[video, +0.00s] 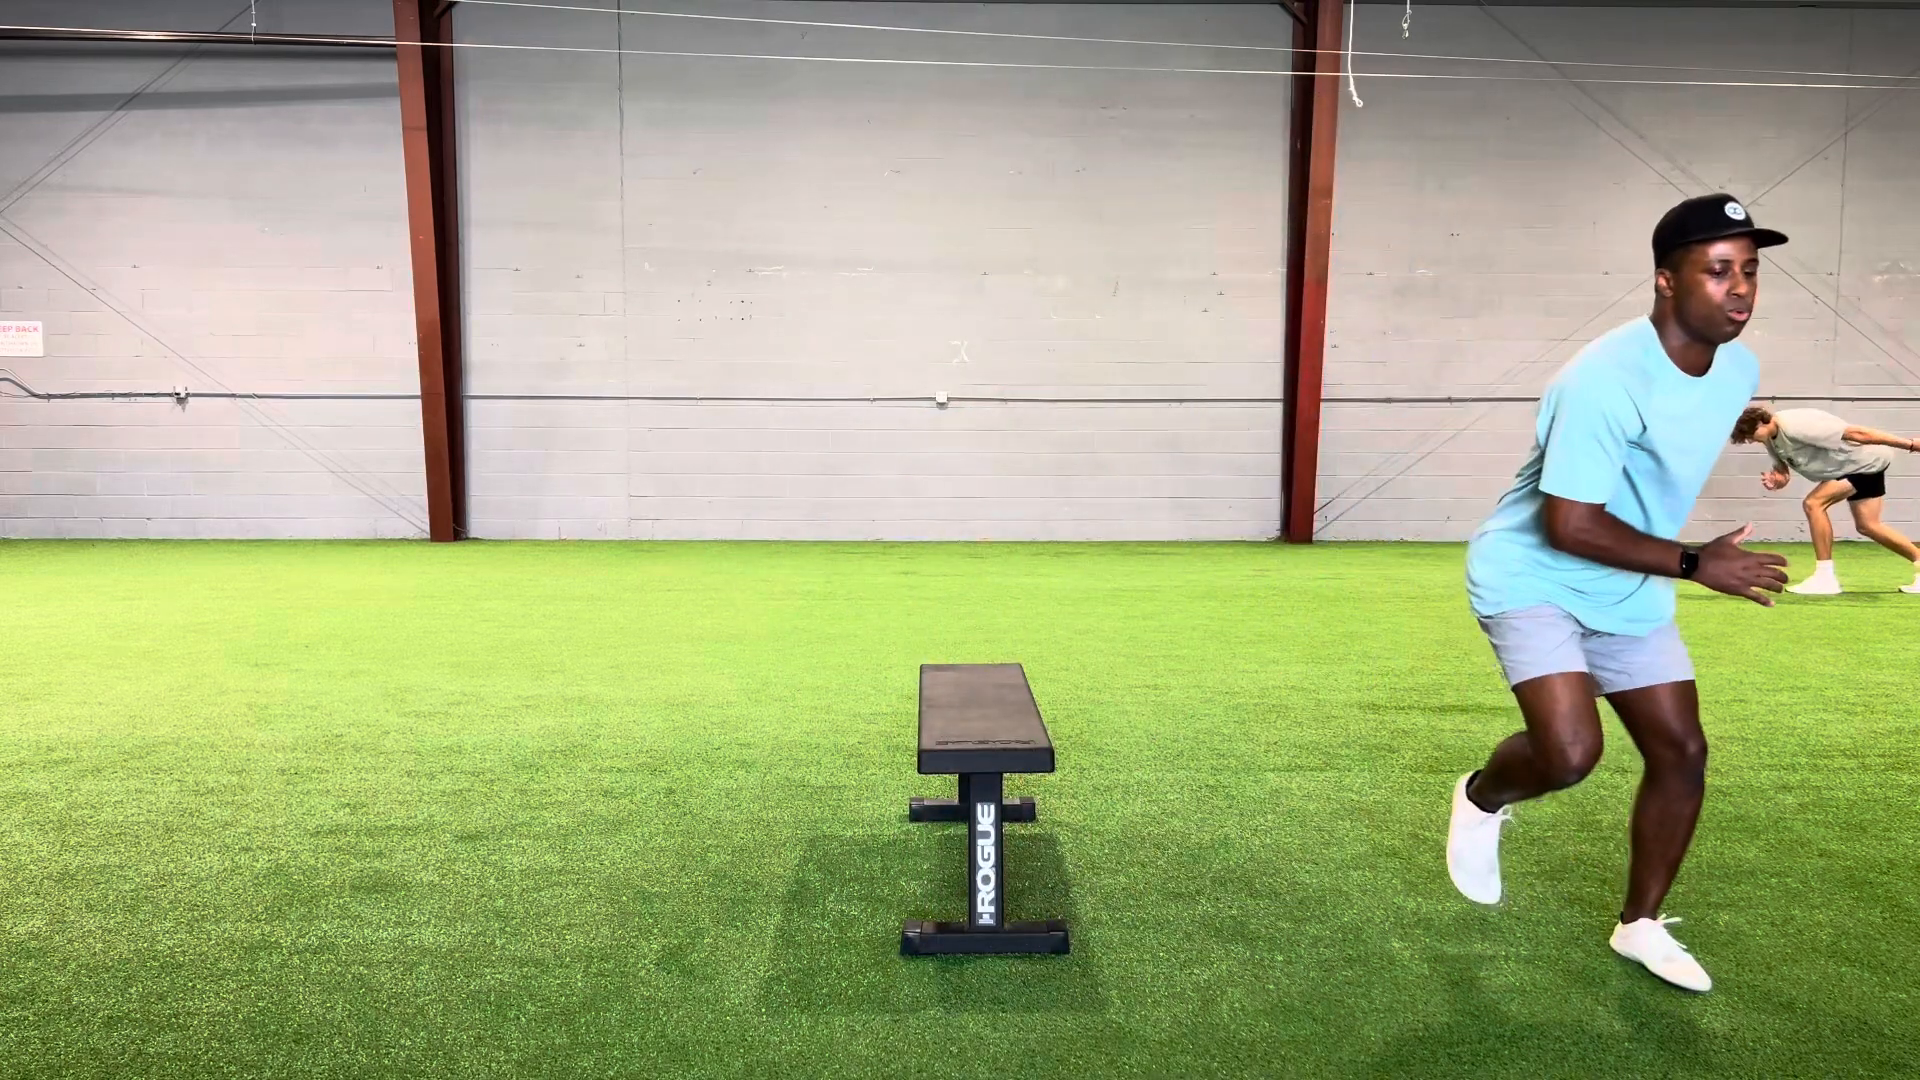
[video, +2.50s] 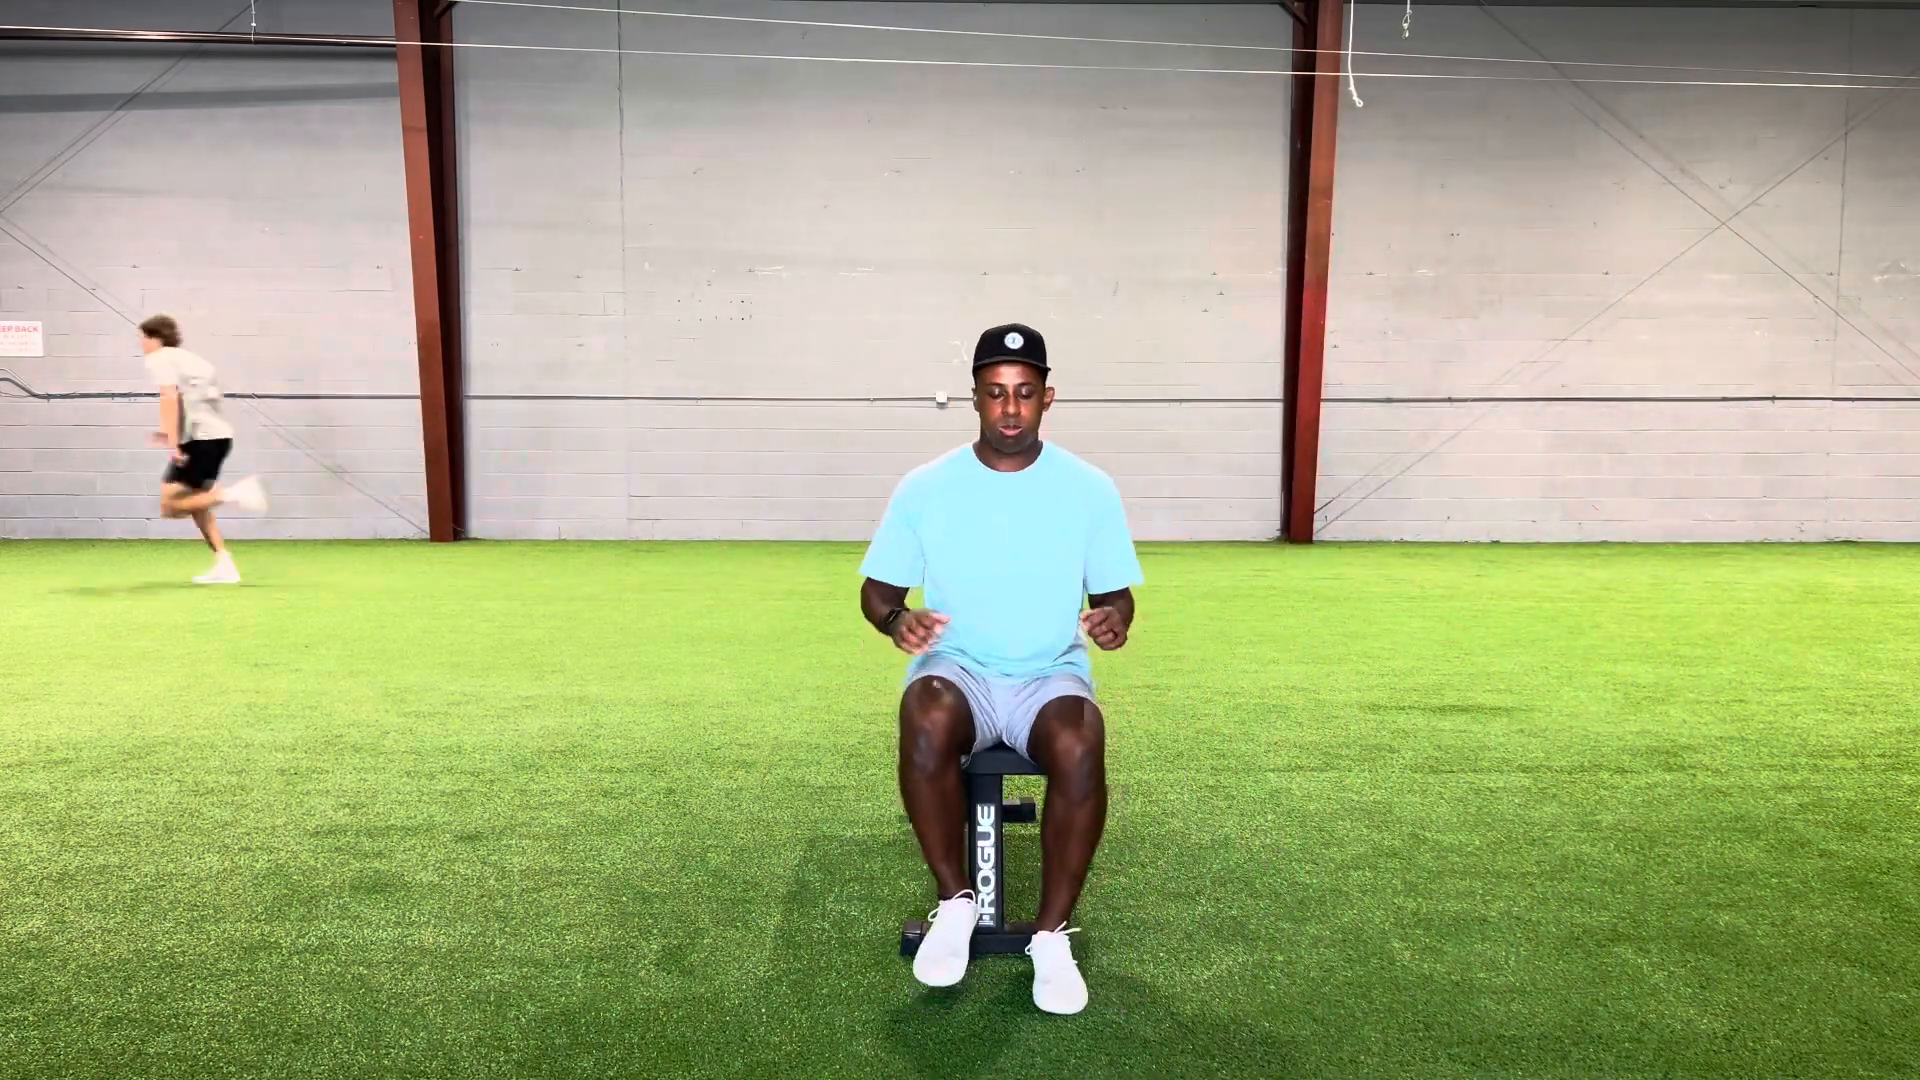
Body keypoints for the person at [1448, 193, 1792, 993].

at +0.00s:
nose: (1743, 290)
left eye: (1749, 271)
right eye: (1721, 272)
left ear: (1756, 277)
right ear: (1667, 283)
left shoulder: (1737, 367)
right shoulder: (1602, 380)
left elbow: (1700, 429)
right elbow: (1570, 524)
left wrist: (1753, 423)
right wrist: (1694, 562)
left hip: (1629, 575)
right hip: (1529, 568)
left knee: (1681, 750)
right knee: (1569, 752)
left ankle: (1640, 922)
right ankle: (1478, 800)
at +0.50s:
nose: (1572, 245)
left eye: (1592, 227)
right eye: (1560, 226)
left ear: (1639, 228)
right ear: (1546, 226)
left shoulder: (1694, 340)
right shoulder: (1490, 324)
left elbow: (1741, 467)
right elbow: (1404, 430)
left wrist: (1779, 578)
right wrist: (1369, 548)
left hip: (1601, 581)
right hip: (1475, 561)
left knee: (1644, 745)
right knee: (1409, 721)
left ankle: (1640, 922)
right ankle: (1363, 897)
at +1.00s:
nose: (1234, 221)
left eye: (1252, 201)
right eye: (1227, 202)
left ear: (1308, 199)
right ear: (1224, 203)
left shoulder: (1382, 297)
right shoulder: (1201, 307)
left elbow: (1429, 428)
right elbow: (1168, 423)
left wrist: (1450, 563)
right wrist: (1126, 528)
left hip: (1347, 562)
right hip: (1237, 561)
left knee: (1356, 751)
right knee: (1220, 735)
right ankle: (1235, 927)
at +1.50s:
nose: (1096, 297)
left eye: (1117, 280)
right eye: (1084, 275)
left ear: (1156, 273)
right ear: (1067, 262)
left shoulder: (1206, 356)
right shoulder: (1021, 343)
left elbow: (1246, 483)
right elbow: (972, 443)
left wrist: (1215, 587)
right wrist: (952, 550)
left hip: (1158, 590)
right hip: (1045, 581)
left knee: (1179, 762)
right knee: (998, 743)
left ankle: (1191, 938)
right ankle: (966, 934)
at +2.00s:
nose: (1036, 452)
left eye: (1055, 434)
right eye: (1022, 431)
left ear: (1082, 426)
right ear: (1002, 415)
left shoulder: (1121, 504)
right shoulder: (943, 487)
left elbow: (1174, 610)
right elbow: (886, 582)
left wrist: (1167, 676)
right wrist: (887, 676)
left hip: (1063, 680)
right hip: (958, 673)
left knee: (1101, 782)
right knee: (943, 778)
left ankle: (1083, 940)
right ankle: (963, 939)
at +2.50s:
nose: (1009, 407)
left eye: (1024, 392)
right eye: (995, 392)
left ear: (1046, 399)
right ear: (976, 399)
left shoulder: (1088, 490)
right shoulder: (924, 490)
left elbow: (1113, 591)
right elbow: (878, 588)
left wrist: (1112, 618)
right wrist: (897, 619)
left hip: (1050, 675)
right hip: (954, 670)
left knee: (1079, 743)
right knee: (926, 719)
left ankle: (1051, 933)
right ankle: (954, 900)